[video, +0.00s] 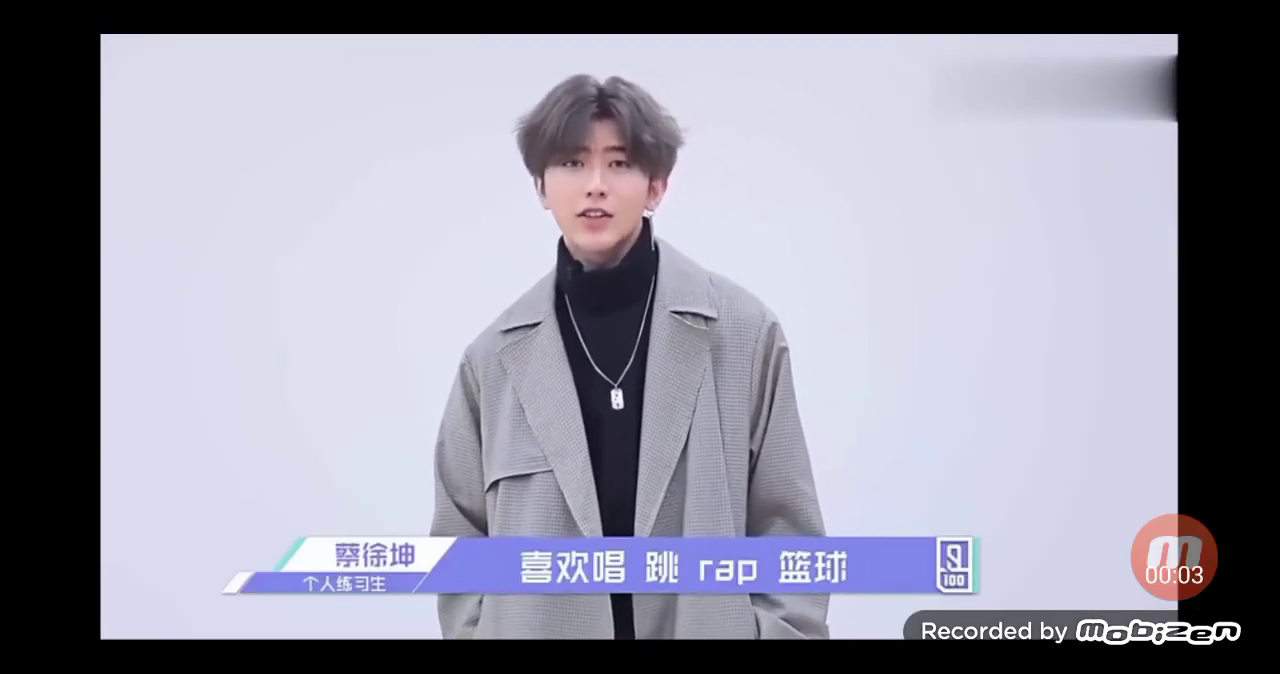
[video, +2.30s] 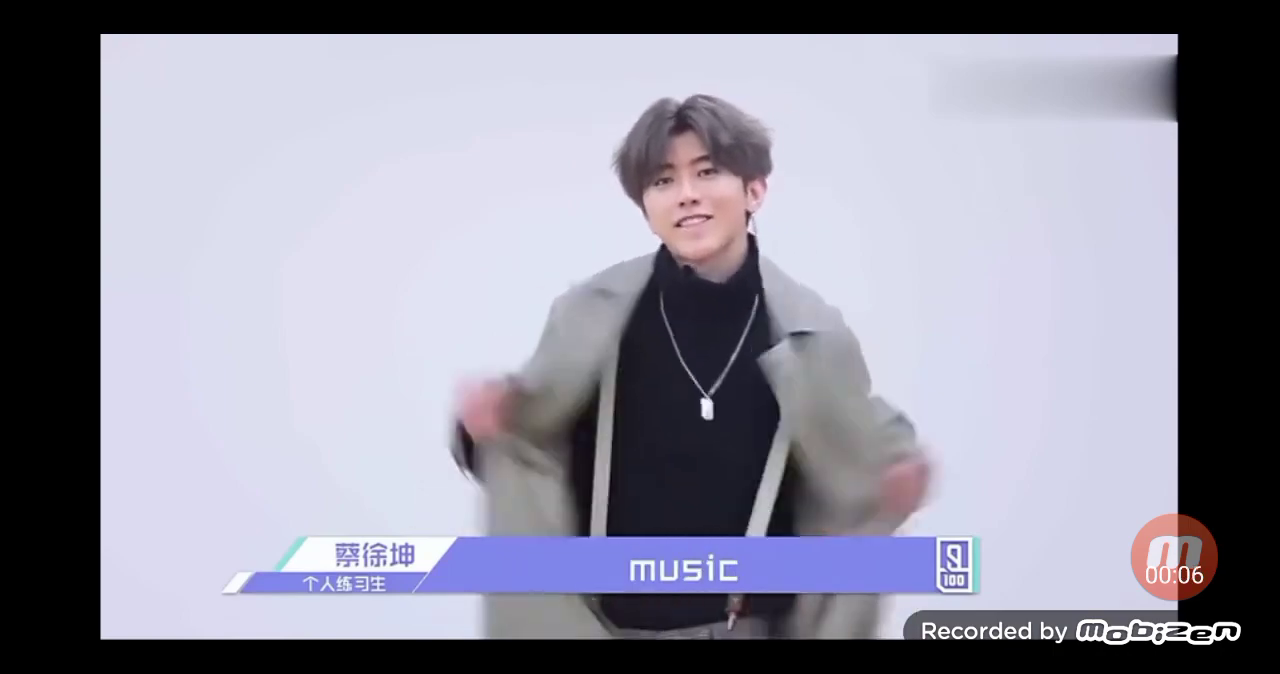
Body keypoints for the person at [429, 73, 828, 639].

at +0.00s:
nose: (595, 185)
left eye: (618, 164)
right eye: (572, 163)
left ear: (655, 188)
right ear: (542, 186)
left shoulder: (746, 333)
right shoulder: (489, 359)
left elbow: (791, 530)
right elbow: (455, 542)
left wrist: (776, 630)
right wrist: (476, 628)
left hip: (704, 629)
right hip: (541, 631)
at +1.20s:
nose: (677, 190)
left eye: (697, 163)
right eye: (652, 172)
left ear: (745, 178)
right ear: (633, 198)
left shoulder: (831, 349)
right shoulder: (567, 343)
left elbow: (862, 544)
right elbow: (465, 449)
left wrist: (843, 628)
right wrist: (496, 585)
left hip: (774, 624)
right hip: (605, 625)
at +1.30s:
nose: (698, 195)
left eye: (718, 168)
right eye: (673, 178)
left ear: (764, 181)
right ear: (652, 201)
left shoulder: (850, 358)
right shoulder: (581, 334)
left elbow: (883, 551)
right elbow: (461, 413)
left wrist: (874, 629)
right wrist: (435, 538)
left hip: (784, 631)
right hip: (604, 629)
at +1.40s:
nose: (712, 198)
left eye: (731, 171)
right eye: (688, 182)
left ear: (777, 182)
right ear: (666, 205)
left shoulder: (854, 361)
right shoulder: (595, 336)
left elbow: (889, 554)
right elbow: (523, 474)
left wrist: (876, 627)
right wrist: (481, 459)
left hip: (789, 632)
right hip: (629, 629)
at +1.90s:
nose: (733, 196)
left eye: (752, 171)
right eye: (708, 181)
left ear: (799, 189)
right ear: (687, 206)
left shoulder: (853, 342)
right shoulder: (610, 332)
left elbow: (869, 476)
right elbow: (520, 444)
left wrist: (910, 553)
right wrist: (576, 501)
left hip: (812, 626)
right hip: (651, 622)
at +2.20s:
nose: (700, 198)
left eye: (721, 176)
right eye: (676, 185)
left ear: (768, 196)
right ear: (658, 213)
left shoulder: (824, 340)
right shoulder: (592, 324)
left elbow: (872, 453)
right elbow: (509, 426)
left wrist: (845, 504)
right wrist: (524, 476)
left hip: (765, 617)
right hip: (616, 616)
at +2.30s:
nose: (687, 196)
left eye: (708, 172)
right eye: (664, 180)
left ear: (755, 189)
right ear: (643, 204)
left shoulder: (808, 325)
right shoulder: (592, 314)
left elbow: (863, 431)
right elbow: (531, 450)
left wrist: (900, 470)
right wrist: (484, 429)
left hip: (744, 623)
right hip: (604, 623)